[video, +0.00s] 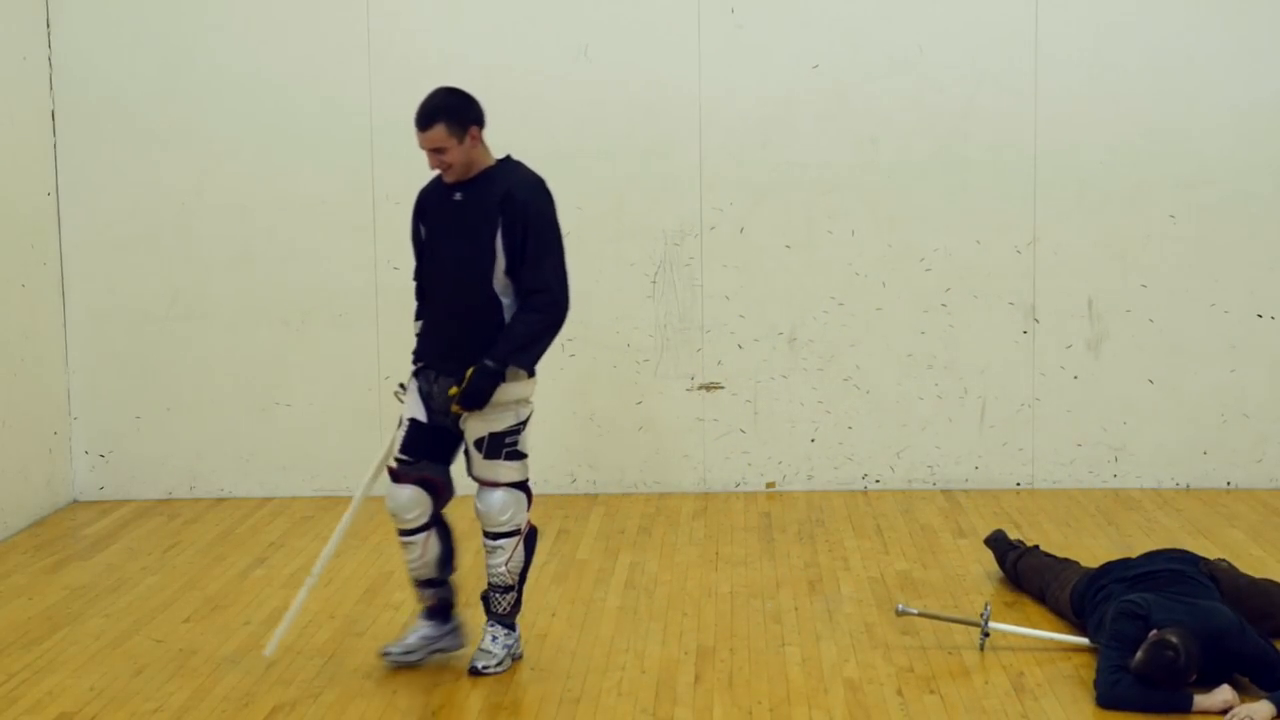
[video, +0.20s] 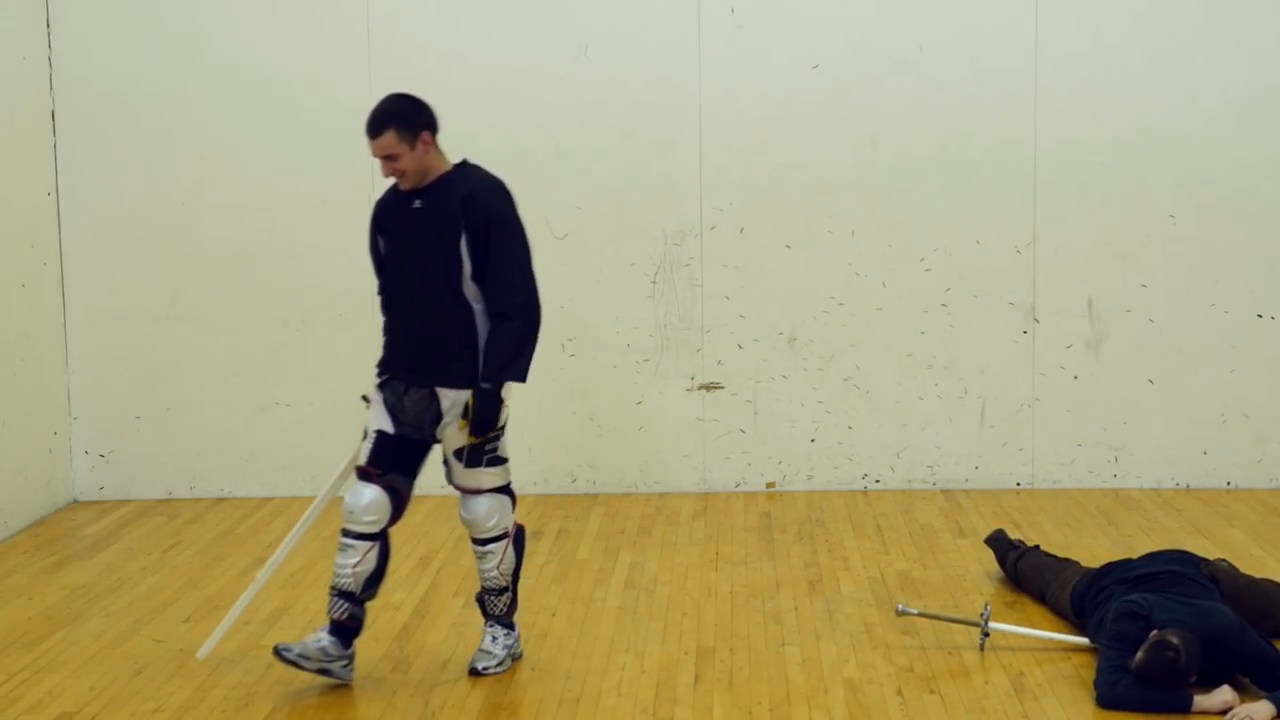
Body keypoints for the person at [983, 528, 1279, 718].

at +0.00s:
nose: (1130, 662)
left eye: (1136, 664)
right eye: (1137, 658)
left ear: (1194, 667)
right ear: (1149, 639)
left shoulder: (1225, 629)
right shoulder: (1124, 623)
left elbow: (1279, 678)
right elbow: (1110, 691)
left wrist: (1270, 705)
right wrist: (1199, 703)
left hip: (1181, 568)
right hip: (1104, 583)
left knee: (1275, 604)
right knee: (1048, 572)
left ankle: (1220, 574)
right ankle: (1010, 552)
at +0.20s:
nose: (1131, 660)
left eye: (1137, 663)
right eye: (1137, 657)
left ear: (1194, 668)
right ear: (1151, 640)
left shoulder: (1225, 629)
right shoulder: (1123, 626)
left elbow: (1278, 677)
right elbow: (1110, 691)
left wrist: (1270, 705)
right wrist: (1198, 703)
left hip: (1181, 569)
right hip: (1104, 584)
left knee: (1275, 604)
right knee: (1048, 572)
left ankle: (1221, 575)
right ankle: (1010, 552)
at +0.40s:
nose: (1131, 661)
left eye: (1136, 664)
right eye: (1137, 658)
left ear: (1194, 668)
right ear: (1151, 640)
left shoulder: (1225, 630)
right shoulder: (1124, 626)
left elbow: (1278, 677)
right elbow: (1110, 691)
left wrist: (1270, 705)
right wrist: (1198, 703)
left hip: (1183, 570)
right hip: (1105, 584)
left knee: (1275, 604)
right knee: (1048, 572)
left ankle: (1223, 575)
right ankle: (1010, 551)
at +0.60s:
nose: (1131, 660)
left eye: (1136, 663)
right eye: (1137, 657)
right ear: (1154, 637)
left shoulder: (1226, 631)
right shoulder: (1124, 626)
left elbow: (1279, 677)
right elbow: (1109, 691)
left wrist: (1270, 705)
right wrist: (1199, 703)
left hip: (1182, 570)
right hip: (1105, 584)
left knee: (1275, 602)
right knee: (1047, 571)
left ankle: (1222, 575)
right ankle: (1009, 550)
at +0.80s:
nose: (1131, 660)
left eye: (1137, 663)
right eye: (1138, 656)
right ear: (1155, 638)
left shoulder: (1226, 630)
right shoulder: (1124, 626)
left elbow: (1278, 676)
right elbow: (1110, 692)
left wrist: (1271, 705)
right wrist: (1198, 703)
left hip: (1183, 570)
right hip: (1105, 585)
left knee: (1276, 603)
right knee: (1047, 571)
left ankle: (1223, 575)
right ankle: (1010, 550)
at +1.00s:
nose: (1131, 661)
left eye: (1137, 663)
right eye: (1138, 656)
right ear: (1154, 638)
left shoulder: (1225, 630)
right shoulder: (1123, 626)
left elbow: (1278, 675)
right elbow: (1109, 691)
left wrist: (1271, 705)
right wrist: (1198, 703)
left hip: (1182, 570)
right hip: (1105, 585)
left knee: (1275, 604)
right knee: (1048, 572)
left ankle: (1223, 575)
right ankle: (1009, 550)